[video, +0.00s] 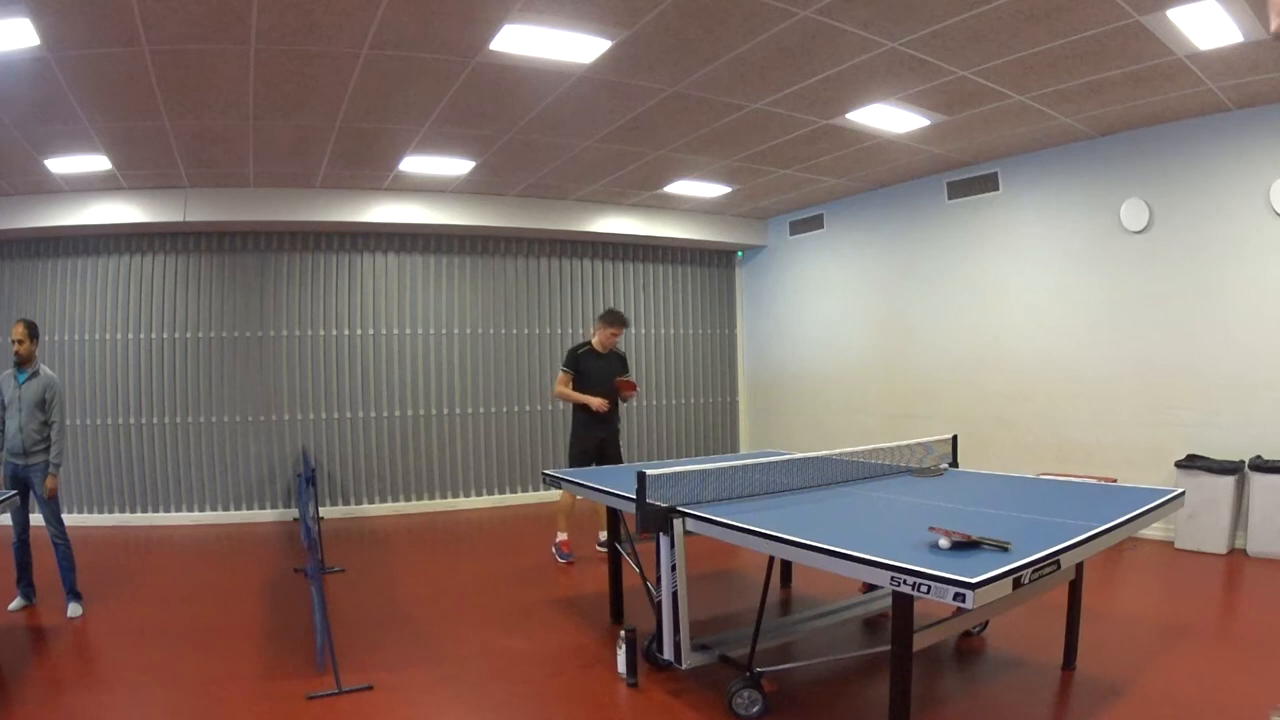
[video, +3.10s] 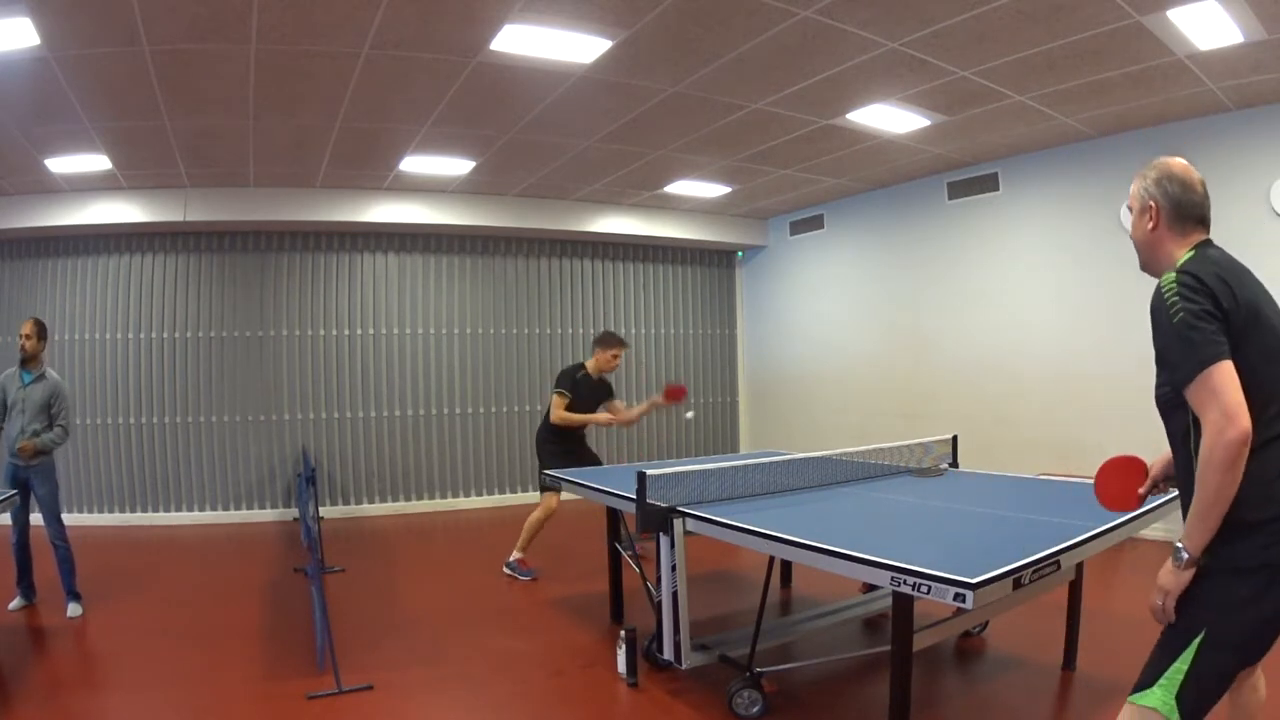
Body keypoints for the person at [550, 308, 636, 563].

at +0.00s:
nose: (616, 341)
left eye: (619, 336)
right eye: (613, 335)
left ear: (619, 335)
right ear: (599, 329)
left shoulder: (619, 358)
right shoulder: (576, 355)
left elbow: (623, 395)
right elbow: (559, 389)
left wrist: (627, 392)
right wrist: (589, 399)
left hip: (610, 432)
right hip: (583, 433)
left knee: (612, 484)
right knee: (572, 486)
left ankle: (605, 536)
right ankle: (562, 538)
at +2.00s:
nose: (610, 339)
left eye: (614, 335)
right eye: (605, 334)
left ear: (617, 339)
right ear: (594, 335)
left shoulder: (615, 370)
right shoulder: (574, 362)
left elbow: (618, 410)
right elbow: (549, 393)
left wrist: (628, 403)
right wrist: (572, 414)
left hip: (599, 436)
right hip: (573, 436)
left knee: (615, 486)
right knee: (561, 492)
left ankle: (617, 539)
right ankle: (545, 552)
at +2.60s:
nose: (629, 354)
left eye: (633, 350)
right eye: (625, 348)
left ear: (635, 354)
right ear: (612, 347)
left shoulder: (622, 385)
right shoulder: (594, 372)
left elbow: (621, 425)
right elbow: (571, 405)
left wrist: (648, 421)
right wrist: (607, 415)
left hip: (597, 442)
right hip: (574, 441)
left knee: (626, 481)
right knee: (574, 497)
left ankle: (621, 539)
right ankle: (535, 549)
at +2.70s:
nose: (636, 367)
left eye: (640, 363)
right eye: (632, 360)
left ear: (641, 366)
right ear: (618, 358)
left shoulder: (617, 391)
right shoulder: (602, 382)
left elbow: (611, 433)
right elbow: (588, 416)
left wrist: (639, 439)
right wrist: (625, 421)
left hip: (594, 449)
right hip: (575, 448)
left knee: (627, 481)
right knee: (575, 505)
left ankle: (621, 539)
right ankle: (526, 550)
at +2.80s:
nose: (637, 375)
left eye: (641, 371)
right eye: (634, 369)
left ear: (641, 373)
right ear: (618, 366)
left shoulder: (611, 390)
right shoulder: (607, 387)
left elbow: (594, 434)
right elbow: (598, 423)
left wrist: (616, 453)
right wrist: (632, 426)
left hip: (586, 451)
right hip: (570, 451)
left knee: (623, 482)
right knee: (571, 512)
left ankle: (622, 539)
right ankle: (521, 554)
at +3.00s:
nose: (628, 374)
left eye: (629, 369)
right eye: (625, 368)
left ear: (613, 365)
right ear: (609, 363)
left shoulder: (598, 388)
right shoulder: (589, 383)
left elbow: (585, 432)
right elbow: (572, 419)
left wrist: (614, 448)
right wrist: (609, 423)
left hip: (575, 450)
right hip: (555, 450)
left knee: (612, 487)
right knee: (558, 512)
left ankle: (622, 540)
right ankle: (515, 558)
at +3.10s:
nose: (618, 364)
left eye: (620, 358)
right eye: (614, 358)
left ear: (609, 357)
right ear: (599, 354)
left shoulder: (603, 386)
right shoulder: (569, 376)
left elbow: (622, 418)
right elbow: (556, 416)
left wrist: (652, 403)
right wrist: (595, 418)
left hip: (577, 443)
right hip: (552, 443)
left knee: (611, 489)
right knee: (550, 504)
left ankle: (622, 541)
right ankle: (515, 558)